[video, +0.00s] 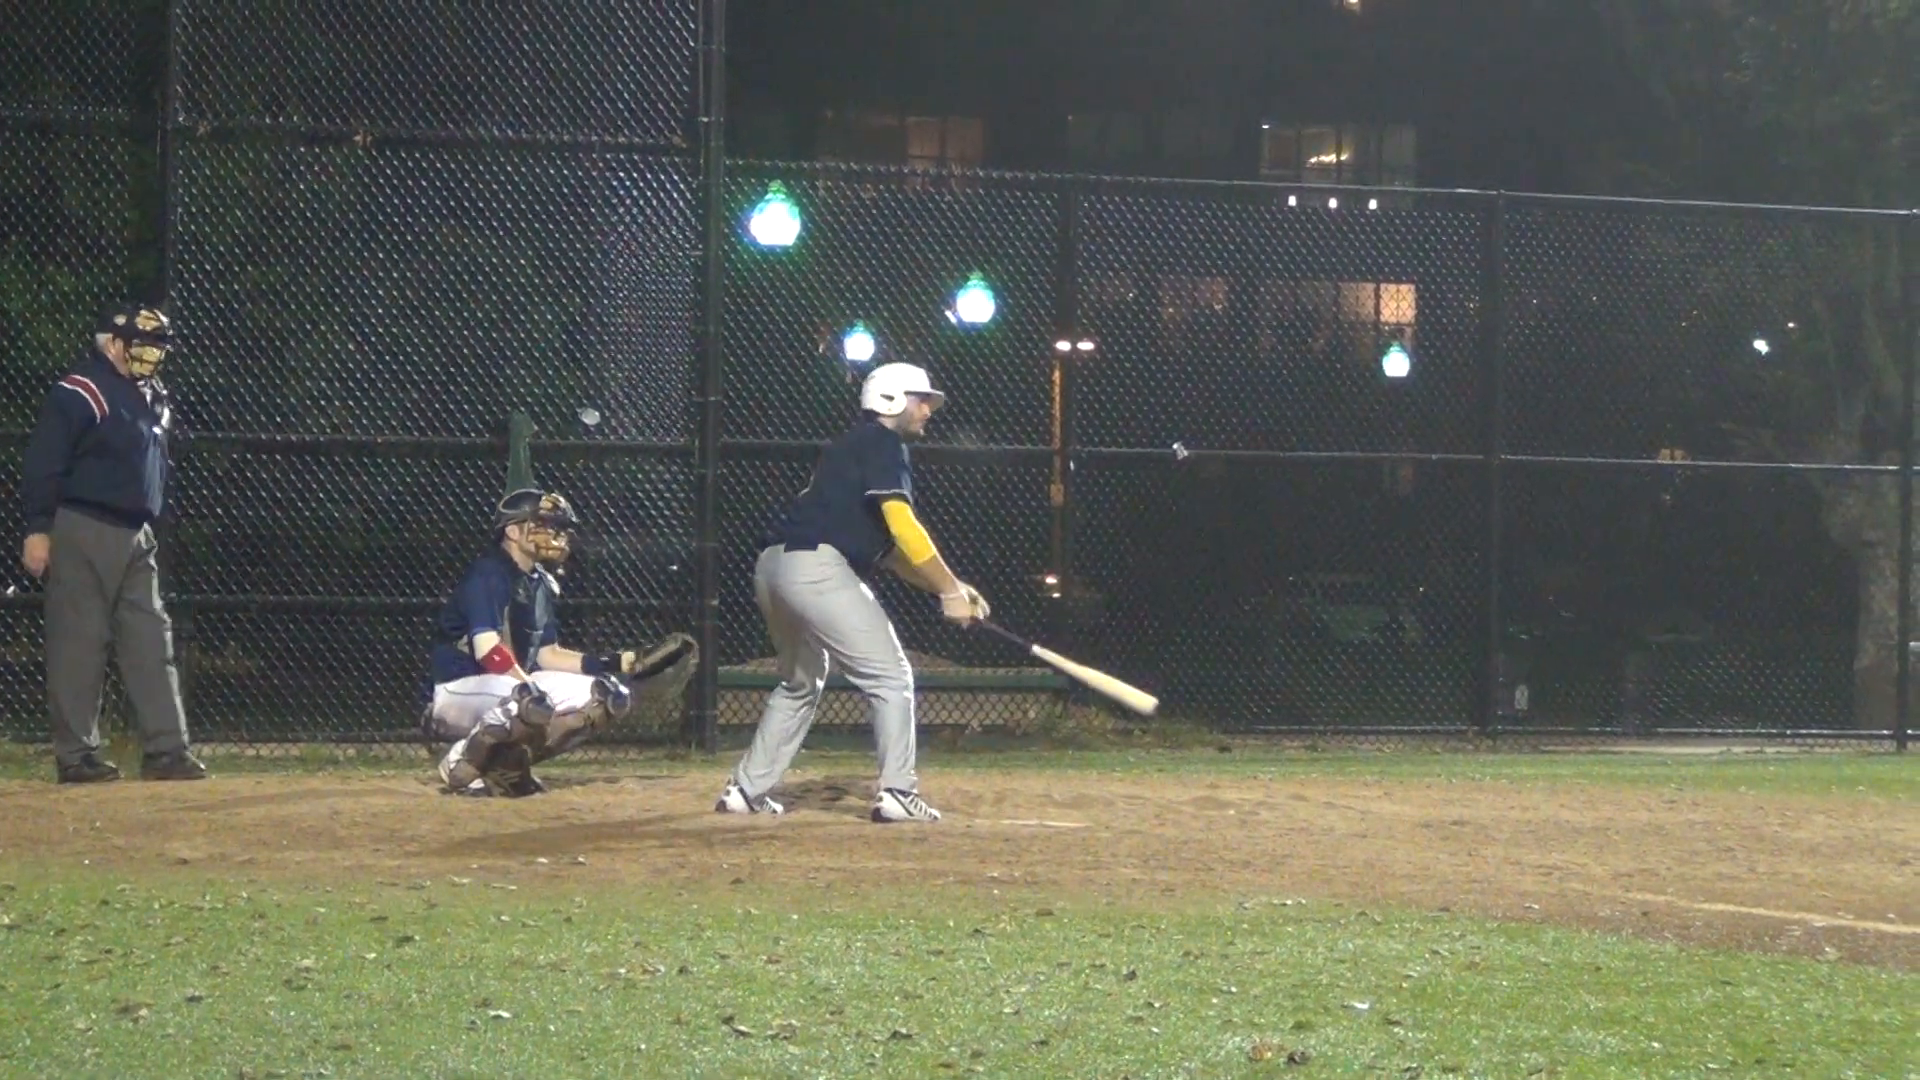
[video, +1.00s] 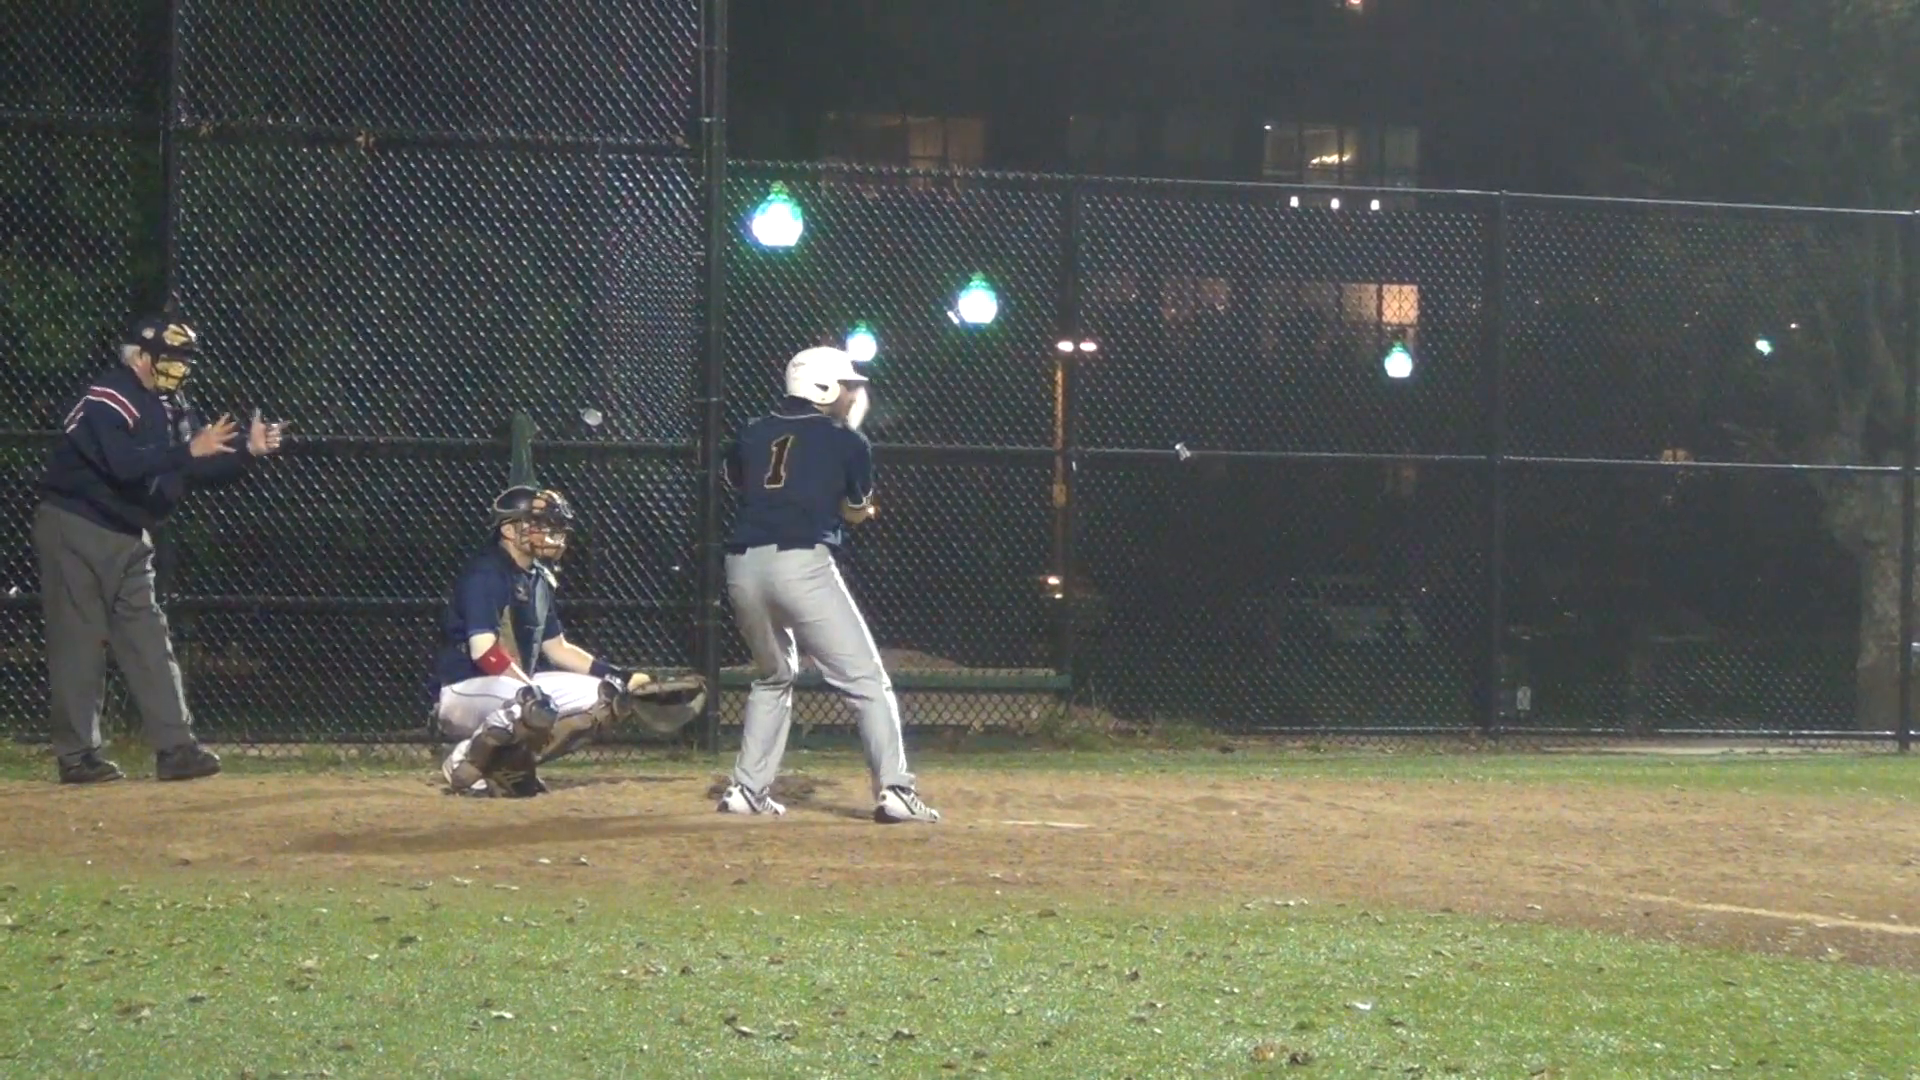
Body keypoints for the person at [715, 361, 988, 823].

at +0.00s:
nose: (928, 411)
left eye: (929, 402)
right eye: (921, 401)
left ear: (885, 404)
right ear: (892, 400)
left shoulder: (851, 444)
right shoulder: (884, 443)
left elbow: (890, 551)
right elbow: (900, 524)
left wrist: (951, 590)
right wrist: (949, 589)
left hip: (773, 564)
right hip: (817, 565)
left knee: (801, 679)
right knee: (891, 676)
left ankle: (747, 790)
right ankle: (897, 792)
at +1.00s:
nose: (854, 397)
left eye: (853, 388)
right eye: (849, 389)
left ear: (796, 388)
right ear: (828, 390)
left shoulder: (752, 431)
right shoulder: (847, 440)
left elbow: (736, 484)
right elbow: (857, 509)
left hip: (741, 566)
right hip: (803, 563)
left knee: (771, 677)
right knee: (867, 682)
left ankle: (747, 790)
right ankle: (895, 791)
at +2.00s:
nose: (889, 409)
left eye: (888, 400)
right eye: (882, 400)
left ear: (834, 401)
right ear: (857, 403)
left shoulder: (788, 441)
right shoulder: (872, 452)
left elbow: (815, 493)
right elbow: (916, 515)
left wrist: (872, 460)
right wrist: (896, 467)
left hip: (761, 584)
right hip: (820, 585)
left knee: (792, 683)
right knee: (898, 691)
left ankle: (751, 790)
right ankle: (906, 794)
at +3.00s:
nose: (900, 412)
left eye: (899, 403)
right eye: (893, 403)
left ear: (848, 408)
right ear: (866, 406)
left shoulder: (801, 450)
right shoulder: (882, 454)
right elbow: (939, 506)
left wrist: (879, 453)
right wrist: (915, 464)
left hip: (782, 592)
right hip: (842, 591)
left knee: (810, 688)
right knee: (922, 693)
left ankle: (756, 791)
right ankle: (911, 793)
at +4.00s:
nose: (918, 461)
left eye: (918, 455)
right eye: (916, 453)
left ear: (862, 435)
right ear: (903, 444)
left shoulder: (819, 473)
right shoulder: (919, 484)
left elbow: (745, 520)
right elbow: (921, 547)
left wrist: (791, 520)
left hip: (819, 606)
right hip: (888, 604)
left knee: (808, 690)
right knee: (968, 699)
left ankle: (760, 787)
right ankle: (981, 794)